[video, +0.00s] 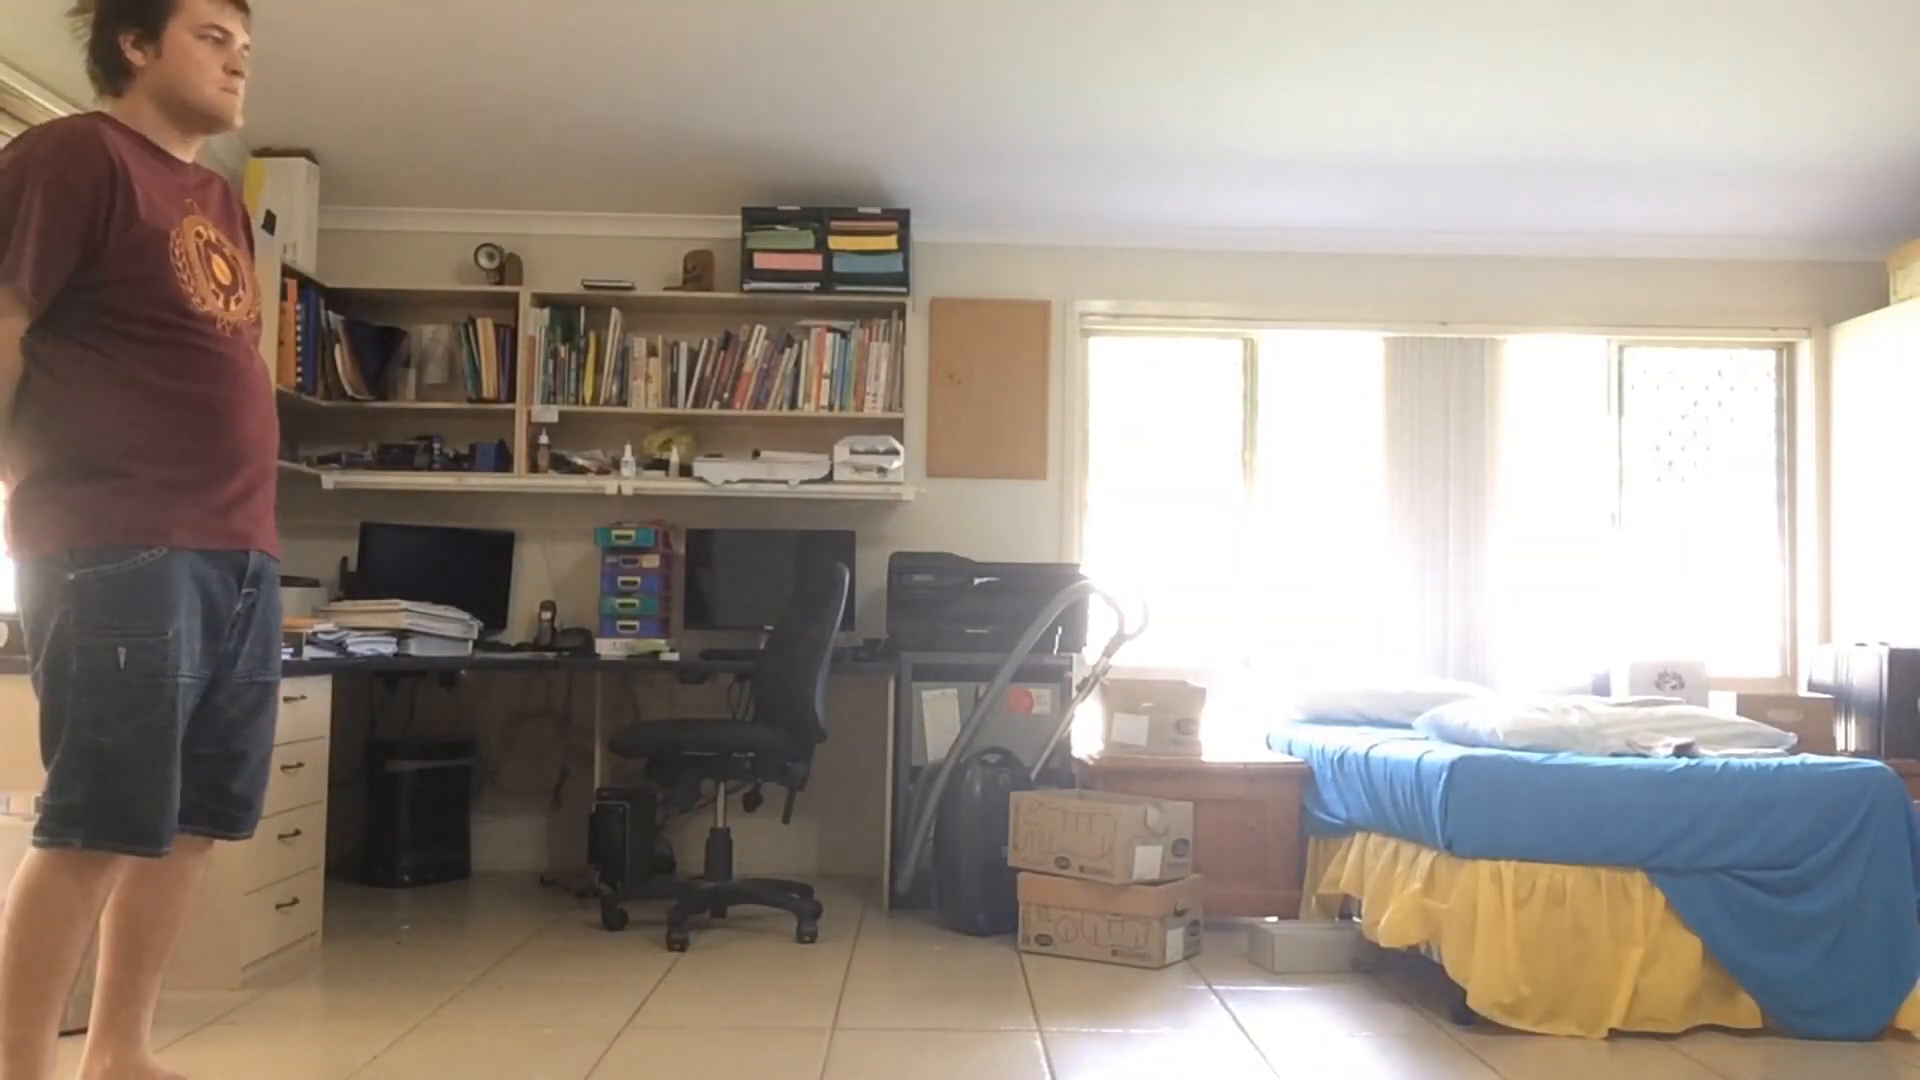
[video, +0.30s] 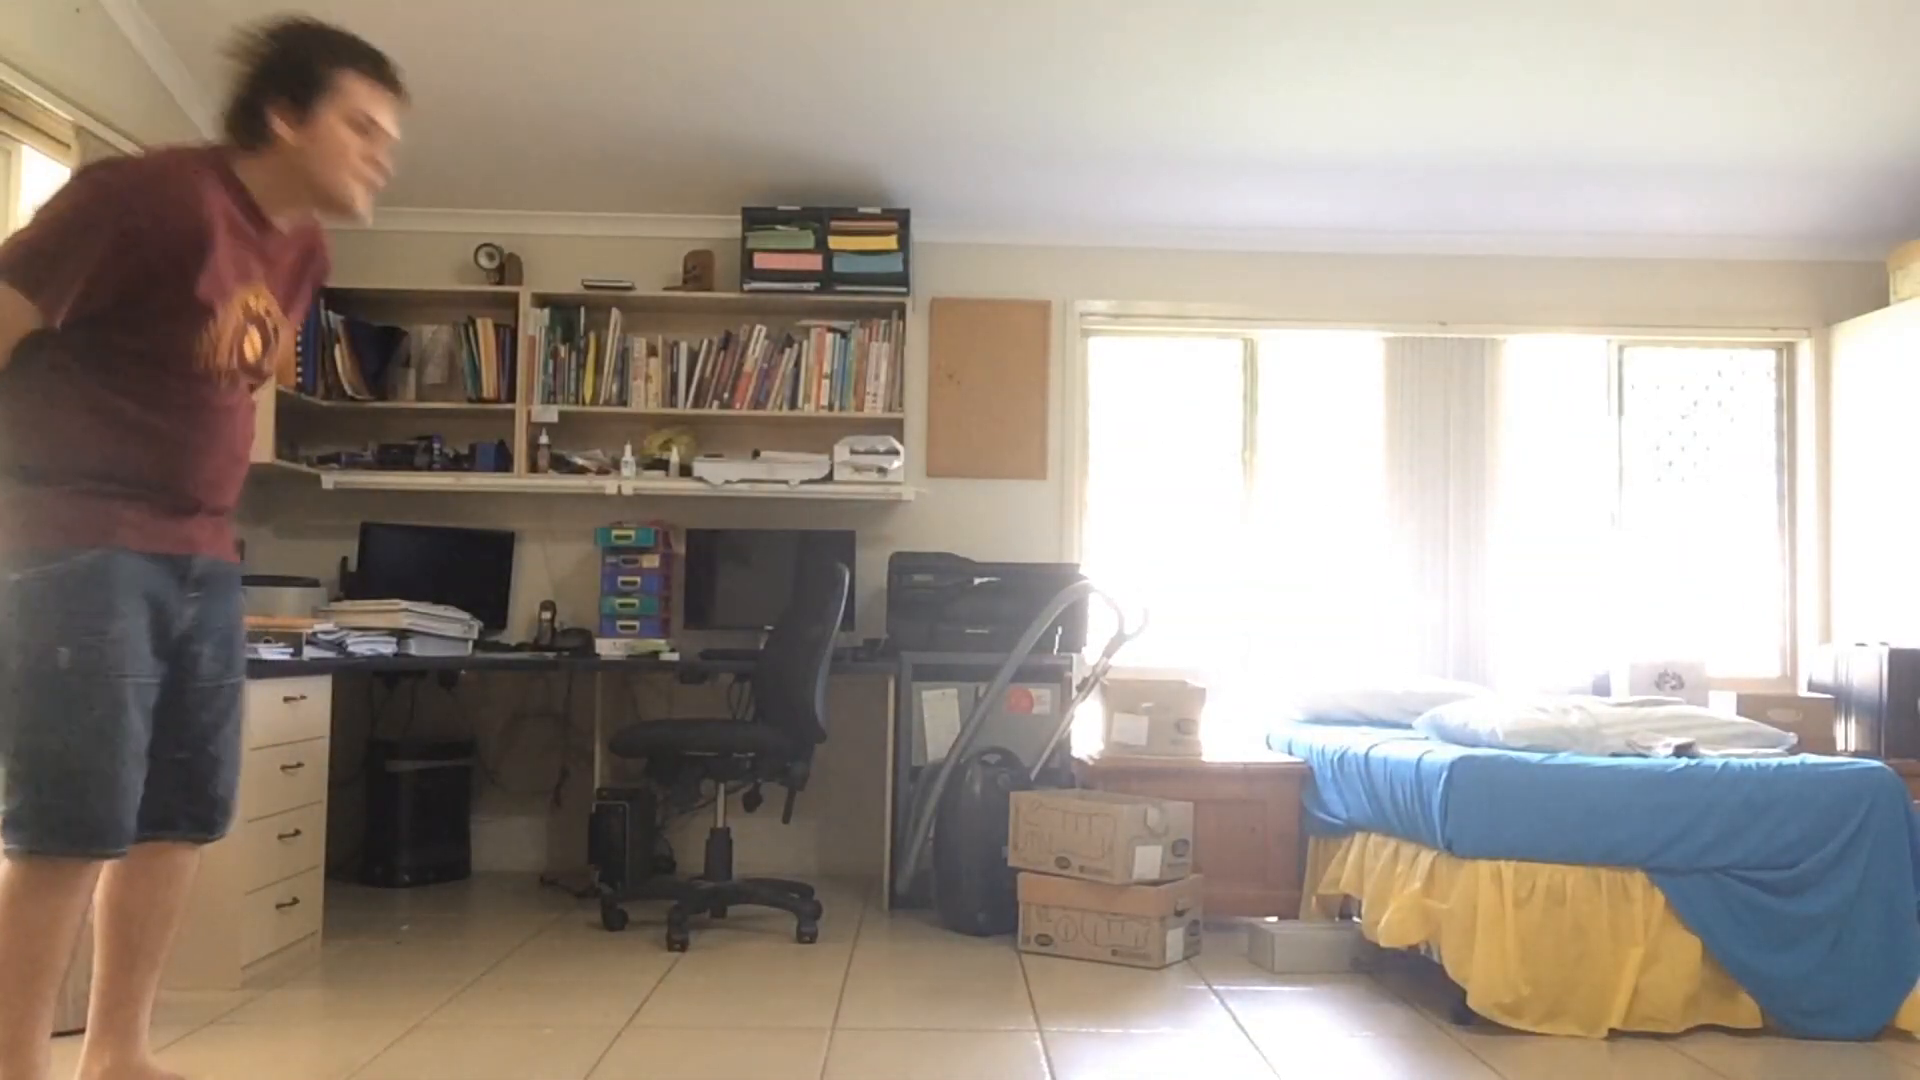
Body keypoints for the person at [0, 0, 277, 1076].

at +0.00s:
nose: (240, 52)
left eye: (244, 36)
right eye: (214, 32)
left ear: (236, 60)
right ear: (136, 47)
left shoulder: (224, 194)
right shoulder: (64, 156)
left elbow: (219, 363)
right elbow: (5, 330)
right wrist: (23, 496)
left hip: (237, 546)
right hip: (108, 544)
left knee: (190, 821)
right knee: (97, 824)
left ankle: (118, 1058)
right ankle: (23, 1065)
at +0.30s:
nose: (384, 157)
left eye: (390, 139)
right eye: (366, 127)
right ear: (284, 115)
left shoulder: (304, 253)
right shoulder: (143, 192)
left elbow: (248, 388)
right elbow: (3, 312)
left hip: (201, 548)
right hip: (71, 540)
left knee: (171, 818)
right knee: (65, 824)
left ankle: (119, 1053)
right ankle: (18, 1062)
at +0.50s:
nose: (452, 321)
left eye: (463, 305)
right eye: (444, 290)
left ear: (382, 277)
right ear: (371, 261)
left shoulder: (356, 358)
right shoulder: (212, 290)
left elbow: (234, 437)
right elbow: (15, 297)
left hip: (174, 560)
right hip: (45, 543)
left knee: (186, 803)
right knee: (79, 808)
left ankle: (118, 1055)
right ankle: (21, 1064)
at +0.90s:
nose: (417, 176)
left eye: (424, 158)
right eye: (399, 147)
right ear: (320, 138)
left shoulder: (336, 268)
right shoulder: (197, 211)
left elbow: (267, 422)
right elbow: (43, 366)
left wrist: (296, 538)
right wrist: (96, 554)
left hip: (207, 569)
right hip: (88, 553)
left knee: (183, 824)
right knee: (86, 828)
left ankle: (117, 1056)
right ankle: (24, 1061)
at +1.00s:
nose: (378, 124)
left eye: (383, 108)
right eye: (360, 96)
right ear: (282, 89)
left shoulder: (311, 231)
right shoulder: (174, 174)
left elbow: (274, 386)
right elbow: (63, 340)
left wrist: (360, 478)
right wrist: (216, 477)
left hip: (213, 551)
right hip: (91, 542)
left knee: (176, 824)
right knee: (74, 829)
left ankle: (116, 1058)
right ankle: (25, 1062)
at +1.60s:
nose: (278, 61)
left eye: (282, 44)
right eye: (256, 34)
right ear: (178, 42)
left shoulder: (250, 204)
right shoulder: (90, 147)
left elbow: (227, 373)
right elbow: (11, 325)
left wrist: (240, 518)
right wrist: (89, 509)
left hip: (222, 555)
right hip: (102, 546)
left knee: (172, 818)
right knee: (67, 824)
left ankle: (116, 1054)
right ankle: (19, 1060)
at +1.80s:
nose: (366, 123)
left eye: (372, 107)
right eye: (347, 93)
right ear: (268, 85)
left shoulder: (296, 235)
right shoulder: (145, 171)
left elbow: (232, 390)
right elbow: (5, 303)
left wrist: (204, 525)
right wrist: (1, 498)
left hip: (201, 558)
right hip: (74, 543)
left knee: (168, 818)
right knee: (58, 825)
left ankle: (117, 1052)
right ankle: (18, 1063)